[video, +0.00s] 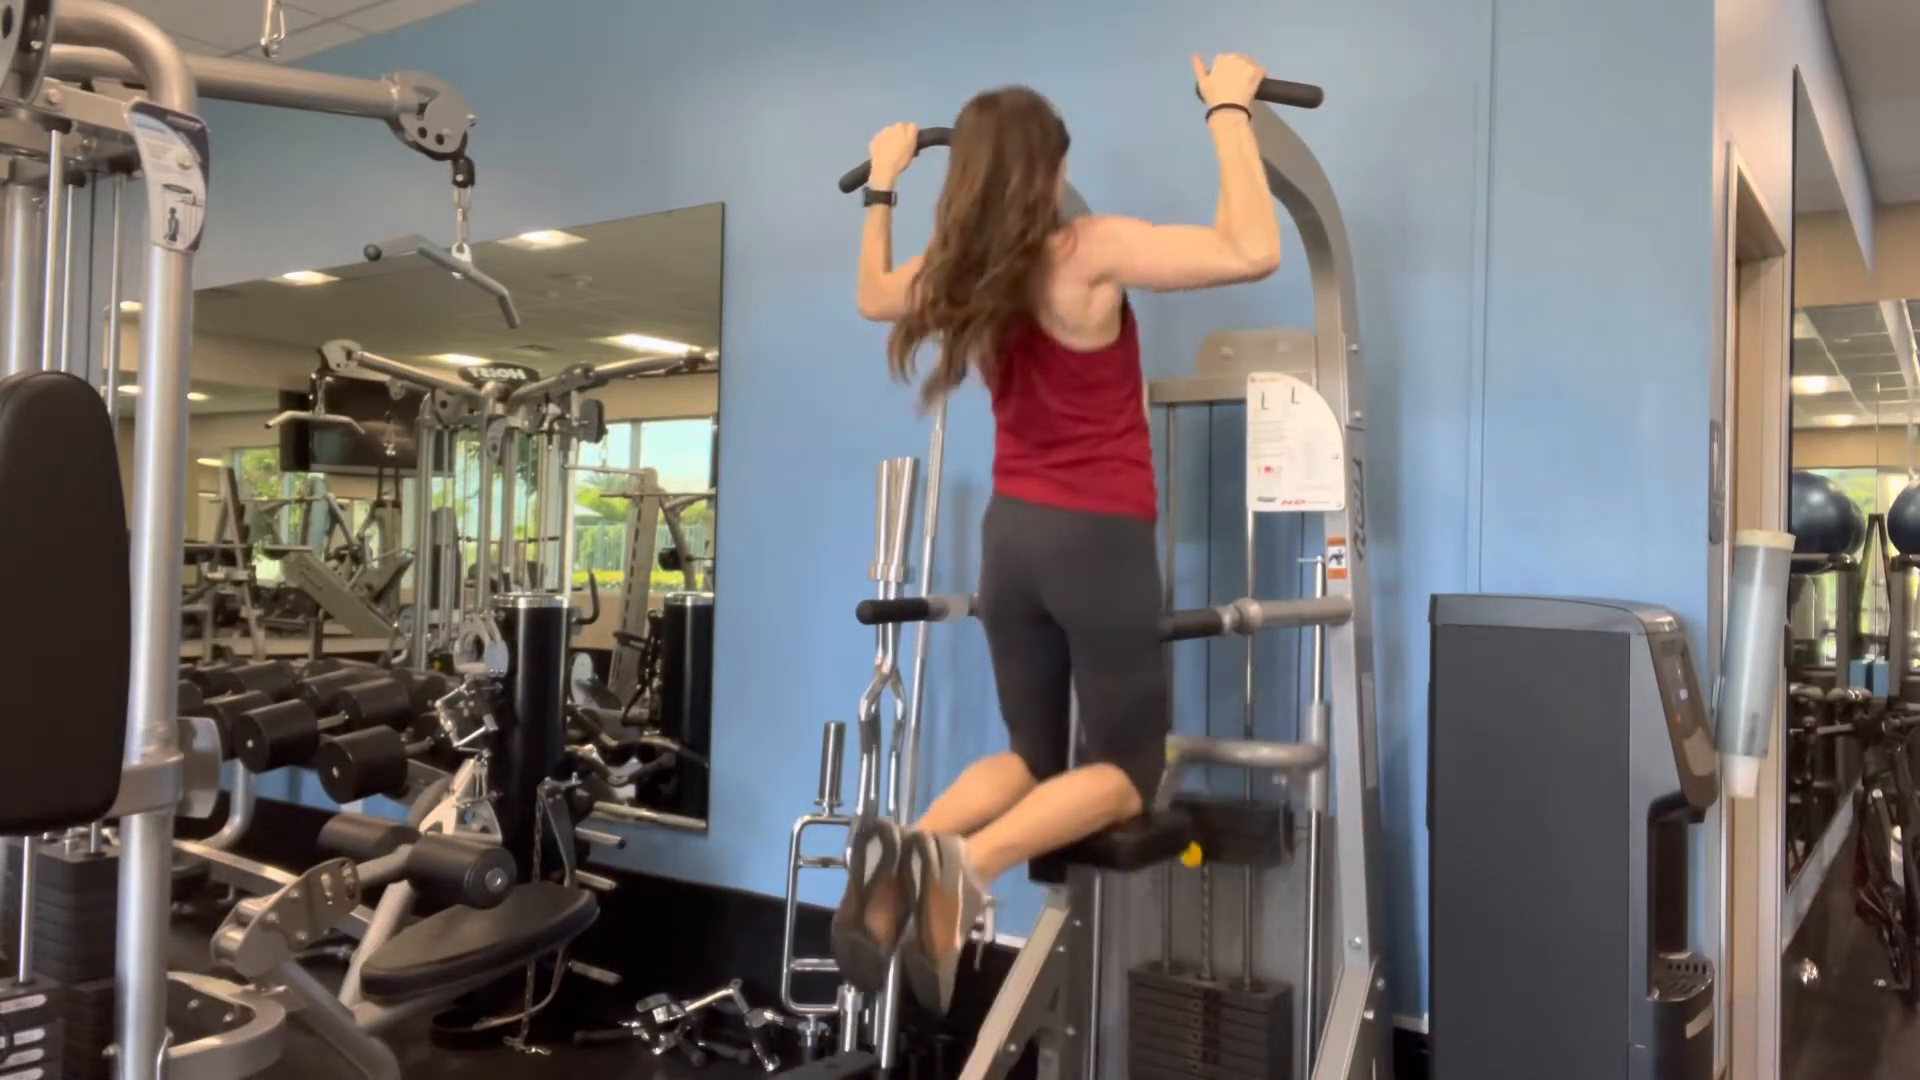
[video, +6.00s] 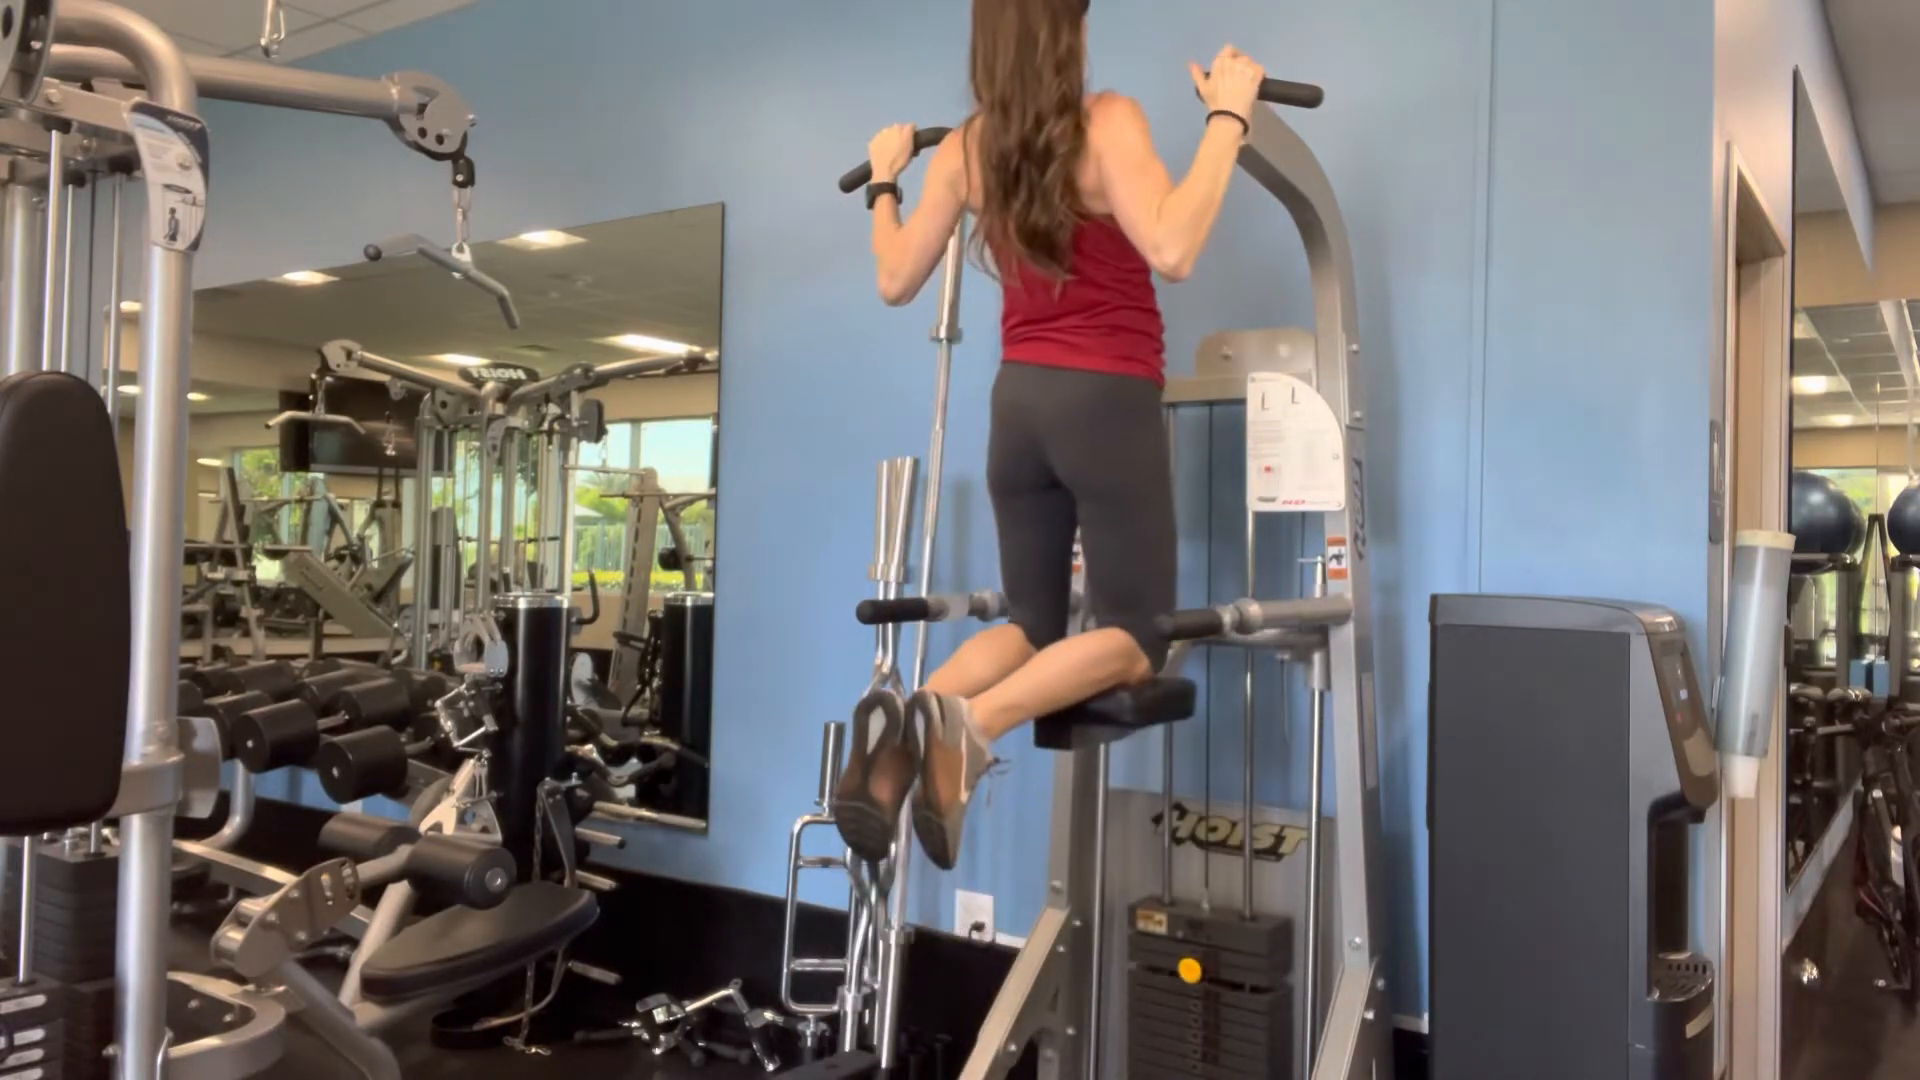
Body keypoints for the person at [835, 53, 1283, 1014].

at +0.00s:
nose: (1070, 165)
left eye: (1060, 156)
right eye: (1063, 155)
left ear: (968, 171)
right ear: (1051, 165)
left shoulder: (969, 264)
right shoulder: (1091, 246)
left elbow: (873, 296)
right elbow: (1251, 249)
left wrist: (879, 184)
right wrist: (1230, 110)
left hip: (1011, 534)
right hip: (1099, 540)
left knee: (1034, 758)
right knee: (1128, 773)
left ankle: (909, 850)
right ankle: (968, 865)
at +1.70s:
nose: (1048, 307)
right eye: (1037, 295)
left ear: (956, 322)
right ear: (1034, 312)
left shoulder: (955, 395)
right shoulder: (1076, 382)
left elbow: (905, 293)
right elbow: (1200, 270)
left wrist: (885, 185)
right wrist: (1225, 114)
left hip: (997, 685)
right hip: (1087, 693)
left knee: (1023, 894)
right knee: (1119, 916)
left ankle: (900, 1002)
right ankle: (965, 1028)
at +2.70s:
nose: (1064, 152)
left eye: (1057, 143)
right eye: (1059, 142)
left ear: (963, 158)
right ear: (1047, 150)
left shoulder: (965, 247)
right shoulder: (1089, 232)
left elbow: (874, 298)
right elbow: (1248, 253)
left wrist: (881, 185)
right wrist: (1232, 113)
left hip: (1003, 524)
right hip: (1092, 531)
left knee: (1029, 749)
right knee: (1126, 762)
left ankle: (903, 854)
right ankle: (964, 867)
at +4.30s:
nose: (1032, 287)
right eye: (1023, 275)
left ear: (945, 307)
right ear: (1025, 293)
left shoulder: (946, 383)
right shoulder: (1069, 366)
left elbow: (900, 293)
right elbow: (1205, 270)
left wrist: (884, 184)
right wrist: (1224, 117)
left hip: (992, 664)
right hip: (1081, 672)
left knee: (1020, 878)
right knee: (1121, 900)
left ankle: (890, 984)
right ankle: (950, 1002)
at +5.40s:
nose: (1056, 146)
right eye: (1051, 135)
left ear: (953, 153)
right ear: (1039, 144)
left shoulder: (956, 239)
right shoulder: (1075, 227)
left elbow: (883, 300)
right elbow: (1238, 256)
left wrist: (885, 187)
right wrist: (1231, 117)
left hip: (1001, 520)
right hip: (1090, 527)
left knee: (1026, 742)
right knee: (1132, 755)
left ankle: (903, 855)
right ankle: (966, 859)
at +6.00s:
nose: (1081, 29)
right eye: (1077, 20)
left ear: (987, 39)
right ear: (1068, 31)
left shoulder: (967, 145)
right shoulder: (1105, 120)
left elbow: (896, 278)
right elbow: (1172, 247)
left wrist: (880, 182)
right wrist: (1228, 118)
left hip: (1018, 405)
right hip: (1108, 404)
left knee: (1031, 626)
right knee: (1135, 640)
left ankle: (911, 720)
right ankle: (973, 724)